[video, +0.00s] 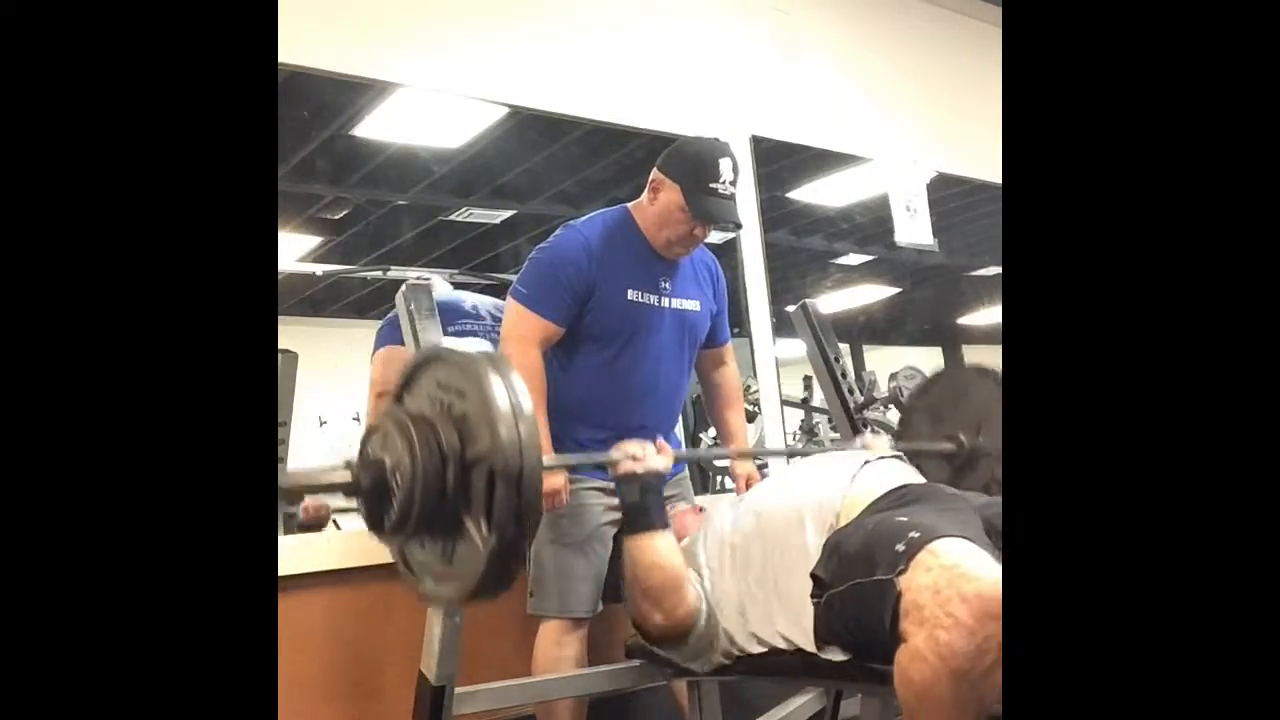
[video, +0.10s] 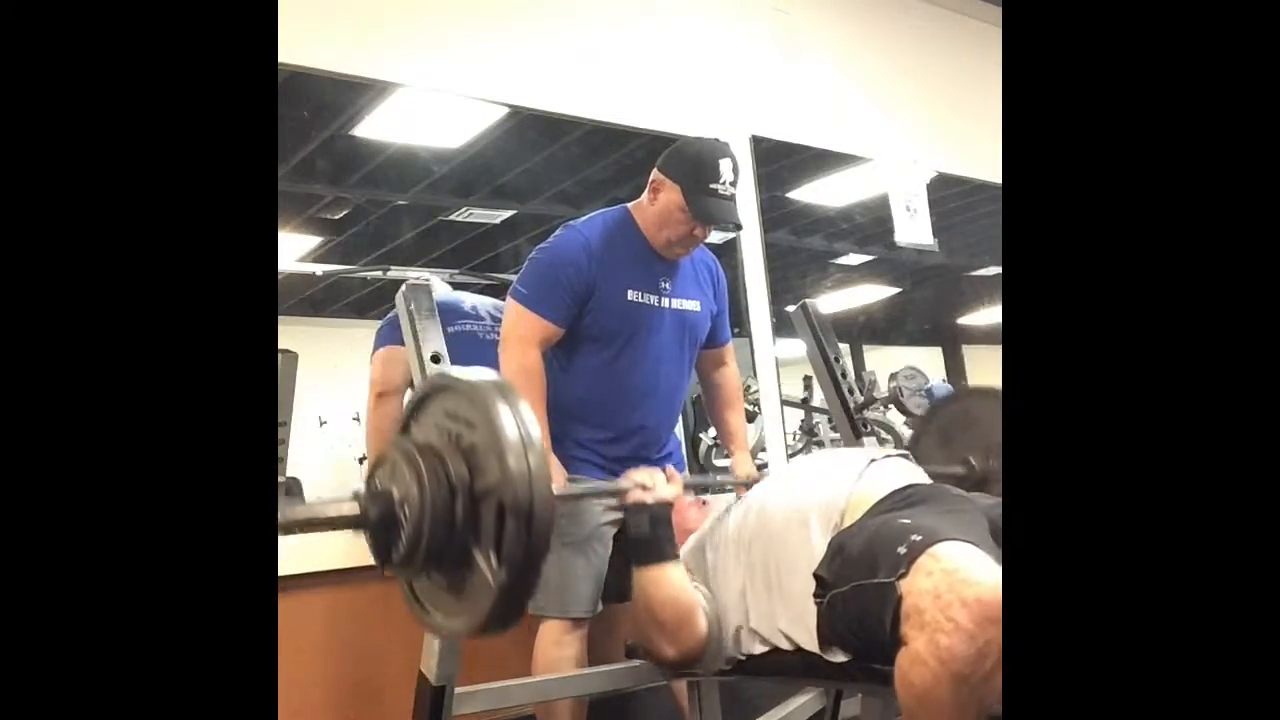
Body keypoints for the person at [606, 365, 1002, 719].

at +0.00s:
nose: (680, 505)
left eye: (680, 500)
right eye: (667, 512)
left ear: (698, 504)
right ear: (660, 545)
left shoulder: (753, 506)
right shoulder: (689, 593)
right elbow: (662, 613)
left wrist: (872, 451)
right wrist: (641, 493)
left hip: (934, 493)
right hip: (863, 529)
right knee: (975, 609)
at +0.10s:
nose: (687, 493)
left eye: (685, 488)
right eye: (672, 496)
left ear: (700, 497)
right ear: (661, 529)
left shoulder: (754, 507)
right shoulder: (687, 576)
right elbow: (674, 646)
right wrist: (646, 516)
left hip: (948, 495)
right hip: (869, 528)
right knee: (973, 607)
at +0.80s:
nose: (674, 508)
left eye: (671, 501)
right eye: (655, 515)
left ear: (685, 501)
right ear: (640, 562)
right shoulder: (685, 597)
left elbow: (879, 475)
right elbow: (641, 541)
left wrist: (862, 413)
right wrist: (622, 416)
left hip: (944, 488)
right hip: (862, 528)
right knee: (976, 589)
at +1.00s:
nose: (675, 509)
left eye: (670, 504)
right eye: (657, 517)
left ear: (684, 507)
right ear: (639, 568)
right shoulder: (681, 606)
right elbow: (654, 580)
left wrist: (869, 441)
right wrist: (628, 455)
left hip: (940, 496)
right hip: (854, 530)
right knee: (971, 595)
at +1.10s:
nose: (678, 506)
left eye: (677, 503)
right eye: (664, 518)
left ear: (696, 507)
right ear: (654, 544)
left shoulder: (757, 504)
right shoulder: (685, 587)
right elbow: (658, 610)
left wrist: (872, 453)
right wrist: (636, 493)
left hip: (946, 498)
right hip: (863, 531)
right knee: (971, 601)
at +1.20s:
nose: (684, 500)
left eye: (685, 495)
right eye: (671, 505)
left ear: (700, 499)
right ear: (663, 540)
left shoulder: (757, 505)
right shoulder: (683, 580)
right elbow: (666, 636)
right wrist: (643, 511)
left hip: (934, 492)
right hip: (865, 529)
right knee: (972, 605)